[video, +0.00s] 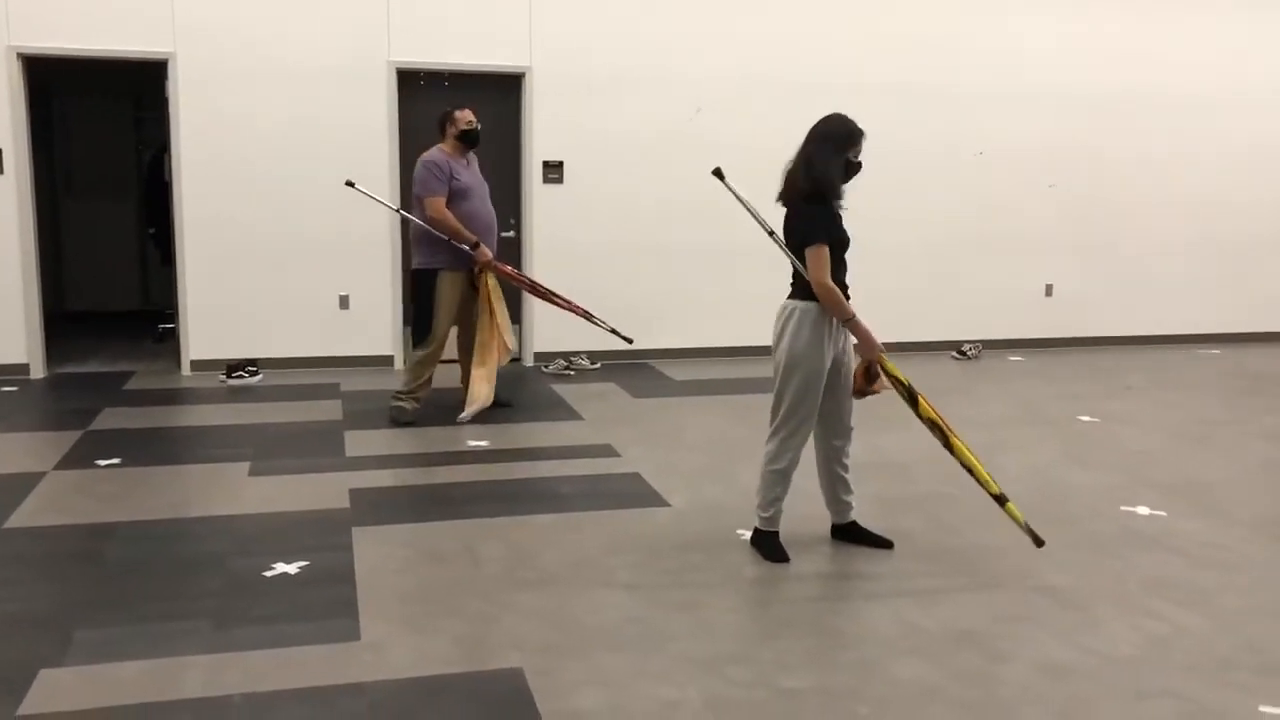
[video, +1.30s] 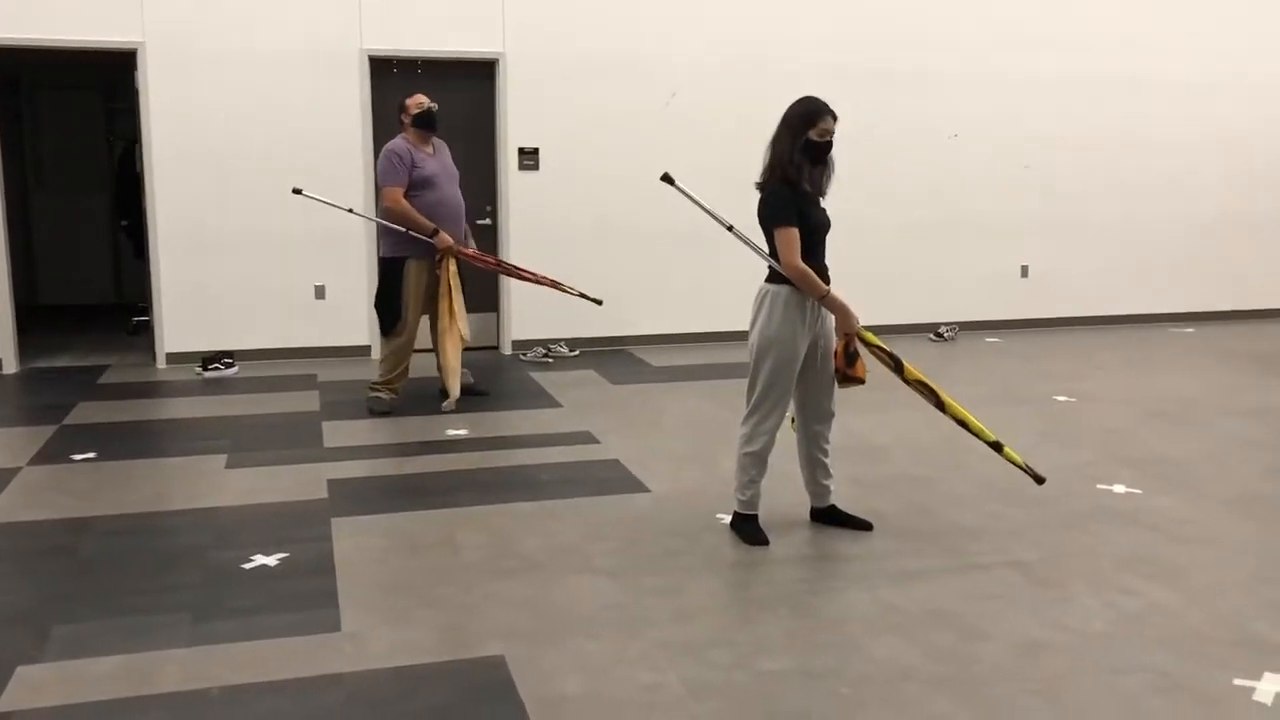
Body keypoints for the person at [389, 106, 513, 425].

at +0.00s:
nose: (474, 127)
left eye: (476, 123)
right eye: (467, 122)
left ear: (476, 131)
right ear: (449, 130)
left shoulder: (470, 161)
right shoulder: (432, 161)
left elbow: (474, 209)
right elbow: (435, 213)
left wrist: (485, 252)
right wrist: (475, 245)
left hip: (474, 262)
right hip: (440, 265)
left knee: (475, 332)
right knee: (431, 337)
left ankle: (477, 393)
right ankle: (406, 400)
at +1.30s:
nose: (428, 110)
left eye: (430, 106)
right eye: (419, 107)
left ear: (435, 114)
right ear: (405, 119)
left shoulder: (441, 147)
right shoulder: (395, 151)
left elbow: (451, 195)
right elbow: (392, 203)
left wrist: (466, 236)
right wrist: (434, 232)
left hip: (443, 249)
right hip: (406, 253)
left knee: (449, 318)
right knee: (401, 325)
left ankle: (452, 379)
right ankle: (383, 390)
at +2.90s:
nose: (441, 118)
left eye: (444, 114)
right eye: (433, 115)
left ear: (449, 122)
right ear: (419, 126)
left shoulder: (453, 155)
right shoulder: (412, 157)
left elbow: (471, 194)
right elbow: (422, 208)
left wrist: (479, 193)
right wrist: (468, 232)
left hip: (456, 255)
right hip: (419, 258)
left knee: (460, 324)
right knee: (415, 331)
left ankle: (468, 383)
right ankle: (398, 394)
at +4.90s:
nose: (457, 125)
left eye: (460, 121)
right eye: (449, 122)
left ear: (466, 129)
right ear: (434, 132)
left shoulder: (470, 164)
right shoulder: (423, 165)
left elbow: (489, 206)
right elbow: (430, 214)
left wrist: (497, 241)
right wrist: (476, 240)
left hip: (472, 264)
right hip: (433, 267)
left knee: (477, 331)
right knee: (428, 339)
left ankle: (482, 390)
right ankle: (411, 402)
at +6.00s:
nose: (457, 125)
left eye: (461, 120)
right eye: (451, 120)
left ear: (465, 124)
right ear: (435, 125)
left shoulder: (459, 155)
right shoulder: (424, 156)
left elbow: (467, 202)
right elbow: (428, 205)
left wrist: (482, 241)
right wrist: (471, 232)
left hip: (468, 256)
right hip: (432, 259)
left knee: (474, 325)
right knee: (427, 333)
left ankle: (480, 383)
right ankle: (410, 395)